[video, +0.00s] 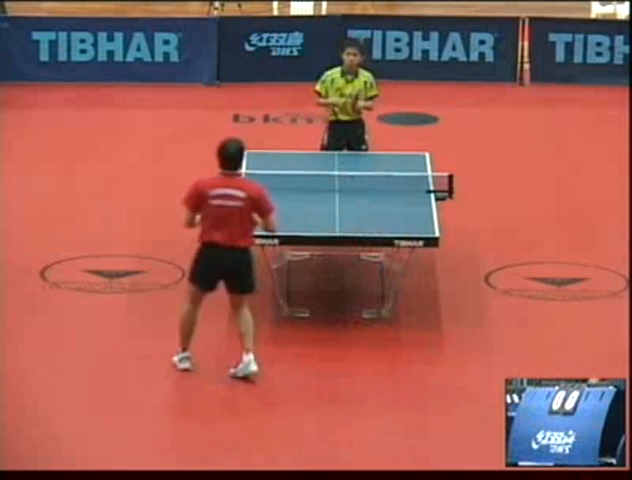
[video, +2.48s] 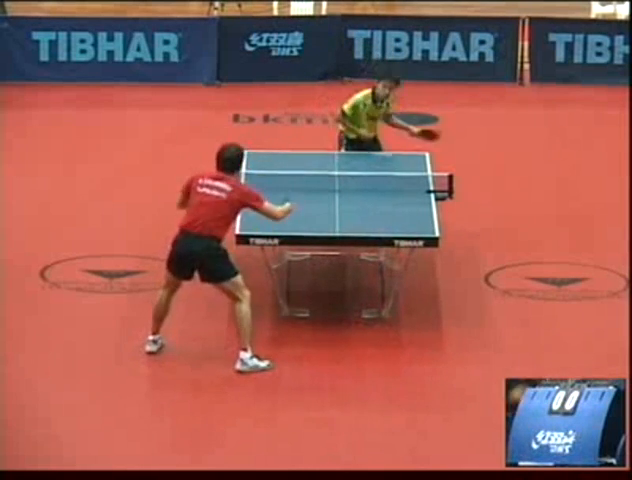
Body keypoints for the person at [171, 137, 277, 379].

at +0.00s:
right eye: (239, 158)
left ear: (218, 160)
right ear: (242, 161)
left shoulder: (203, 187)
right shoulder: (254, 190)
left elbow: (189, 222)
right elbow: (270, 226)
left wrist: (206, 215)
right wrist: (253, 218)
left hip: (210, 250)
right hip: (239, 253)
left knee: (193, 301)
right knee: (240, 305)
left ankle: (184, 353)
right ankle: (249, 356)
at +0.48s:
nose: (238, 157)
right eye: (237, 154)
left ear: (213, 155)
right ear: (237, 157)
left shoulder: (196, 178)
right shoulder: (245, 185)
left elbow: (184, 212)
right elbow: (268, 214)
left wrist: (204, 207)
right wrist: (272, 208)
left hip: (196, 241)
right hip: (225, 244)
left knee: (184, 295)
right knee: (237, 298)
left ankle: (182, 350)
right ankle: (240, 352)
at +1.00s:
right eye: (227, 158)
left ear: (204, 158)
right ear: (226, 162)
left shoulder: (185, 178)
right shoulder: (229, 189)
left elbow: (164, 209)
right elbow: (257, 220)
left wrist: (181, 221)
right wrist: (260, 206)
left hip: (176, 241)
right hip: (203, 246)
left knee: (163, 289)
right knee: (230, 296)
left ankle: (152, 337)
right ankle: (238, 353)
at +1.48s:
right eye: (232, 169)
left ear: (210, 169)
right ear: (233, 172)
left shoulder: (192, 182)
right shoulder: (236, 198)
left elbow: (165, 205)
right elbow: (257, 222)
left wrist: (179, 225)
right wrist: (259, 207)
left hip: (177, 241)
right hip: (205, 246)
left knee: (161, 290)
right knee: (233, 297)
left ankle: (151, 338)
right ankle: (241, 353)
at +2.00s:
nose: (226, 178)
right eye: (228, 175)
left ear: (205, 173)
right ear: (227, 177)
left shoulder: (187, 188)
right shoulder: (228, 200)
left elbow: (175, 210)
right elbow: (253, 236)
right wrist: (241, 237)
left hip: (168, 244)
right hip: (194, 250)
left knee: (162, 287)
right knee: (231, 298)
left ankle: (151, 337)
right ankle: (242, 355)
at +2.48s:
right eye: (241, 163)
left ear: (218, 163)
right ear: (240, 166)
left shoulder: (198, 180)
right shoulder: (240, 191)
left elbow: (181, 204)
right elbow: (276, 214)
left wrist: (204, 199)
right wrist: (287, 208)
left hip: (183, 241)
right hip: (210, 246)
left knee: (168, 288)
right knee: (242, 296)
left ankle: (153, 337)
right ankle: (246, 355)